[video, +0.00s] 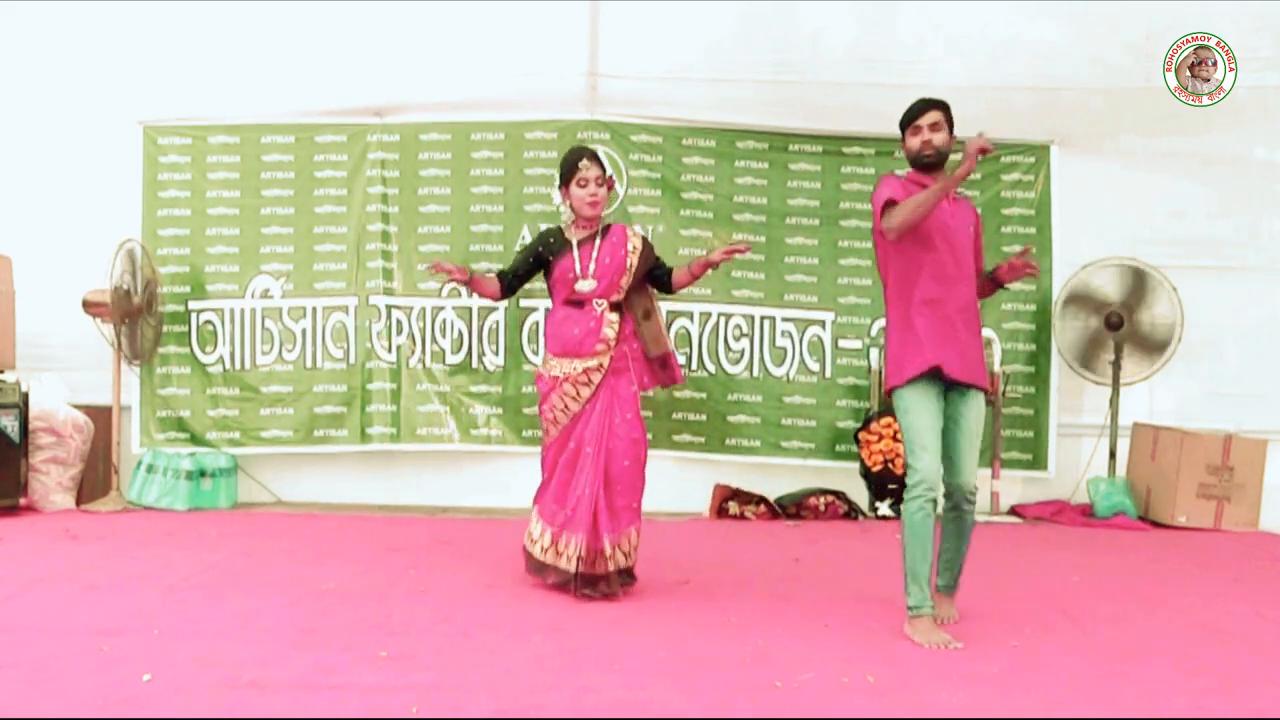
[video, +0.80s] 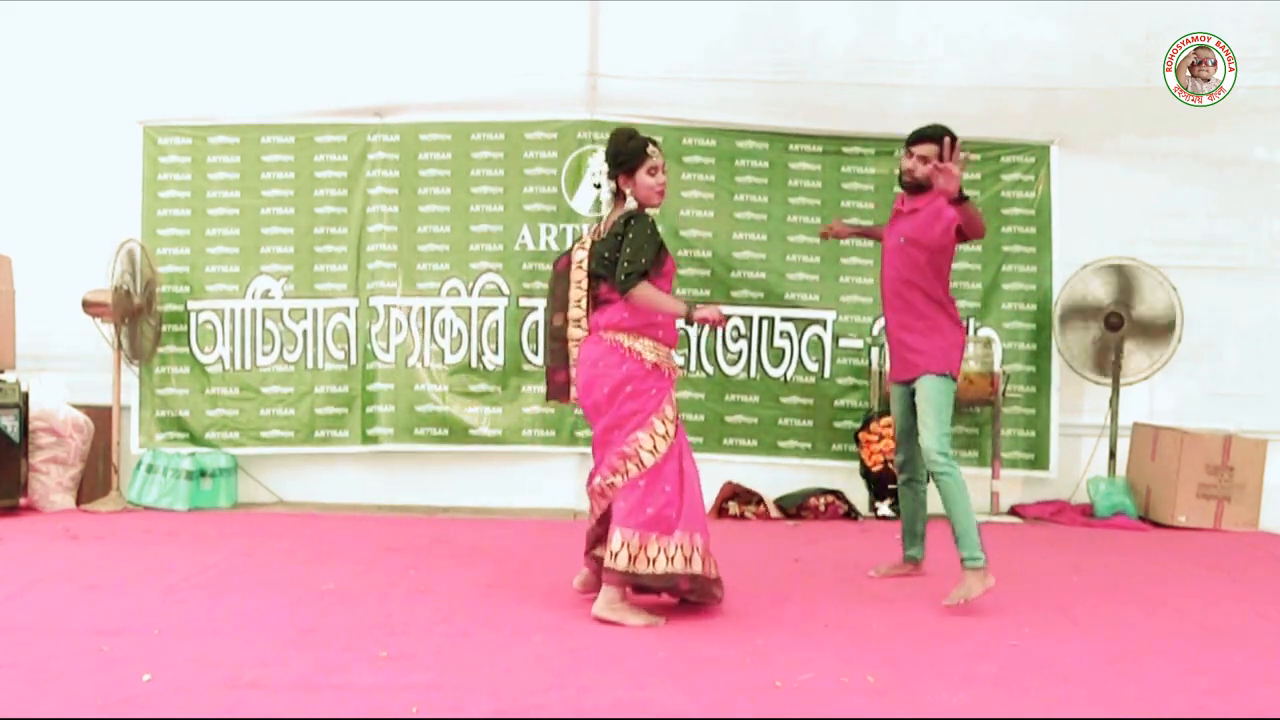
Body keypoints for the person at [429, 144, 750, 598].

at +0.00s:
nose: (593, 192)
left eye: (600, 183)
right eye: (582, 184)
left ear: (609, 189)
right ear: (565, 192)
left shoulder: (629, 241)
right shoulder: (551, 242)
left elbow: (667, 280)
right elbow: (502, 286)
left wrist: (707, 262)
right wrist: (467, 277)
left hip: (616, 367)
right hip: (565, 368)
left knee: (620, 459)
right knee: (570, 461)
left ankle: (609, 562)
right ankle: (572, 560)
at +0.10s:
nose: (597, 190)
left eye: (603, 182)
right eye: (585, 183)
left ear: (613, 188)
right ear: (567, 192)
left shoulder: (629, 239)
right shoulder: (555, 241)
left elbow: (659, 283)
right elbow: (514, 282)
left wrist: (699, 268)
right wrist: (497, 285)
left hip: (620, 368)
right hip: (569, 369)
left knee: (623, 459)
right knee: (575, 460)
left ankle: (614, 562)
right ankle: (579, 562)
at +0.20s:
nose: (605, 202)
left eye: (611, 193)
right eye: (593, 194)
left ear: (619, 198)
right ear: (575, 204)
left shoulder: (636, 256)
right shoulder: (568, 258)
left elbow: (642, 314)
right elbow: (543, 320)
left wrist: (669, 312)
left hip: (624, 381)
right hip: (575, 383)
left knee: (631, 465)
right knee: (583, 471)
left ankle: (610, 563)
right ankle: (548, 547)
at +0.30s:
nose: (612, 205)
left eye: (617, 196)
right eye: (600, 198)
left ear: (624, 200)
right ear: (580, 207)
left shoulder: (630, 254)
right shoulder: (577, 261)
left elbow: (641, 306)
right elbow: (587, 322)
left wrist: (657, 290)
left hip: (623, 385)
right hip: (580, 388)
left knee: (639, 467)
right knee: (605, 477)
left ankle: (615, 564)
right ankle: (556, 540)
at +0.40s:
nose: (623, 188)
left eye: (627, 178)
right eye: (611, 180)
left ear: (632, 182)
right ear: (588, 189)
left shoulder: (633, 233)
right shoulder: (591, 232)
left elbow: (661, 290)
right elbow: (631, 283)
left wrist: (659, 245)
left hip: (632, 365)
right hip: (590, 365)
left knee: (647, 465)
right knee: (619, 464)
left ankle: (621, 564)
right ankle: (579, 557)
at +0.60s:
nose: (646, 188)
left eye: (648, 179)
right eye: (635, 180)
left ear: (645, 183)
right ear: (608, 189)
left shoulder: (611, 234)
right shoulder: (622, 236)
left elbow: (626, 291)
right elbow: (637, 300)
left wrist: (672, 279)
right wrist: (684, 291)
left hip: (599, 367)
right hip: (616, 372)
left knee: (614, 471)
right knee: (645, 474)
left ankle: (584, 567)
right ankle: (612, 597)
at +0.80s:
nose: (662, 179)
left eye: (663, 169)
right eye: (651, 172)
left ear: (655, 172)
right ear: (626, 179)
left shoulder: (611, 227)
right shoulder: (638, 224)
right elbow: (629, 283)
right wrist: (690, 310)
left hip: (607, 362)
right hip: (630, 365)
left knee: (625, 466)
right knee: (649, 469)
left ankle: (596, 566)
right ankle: (613, 593)